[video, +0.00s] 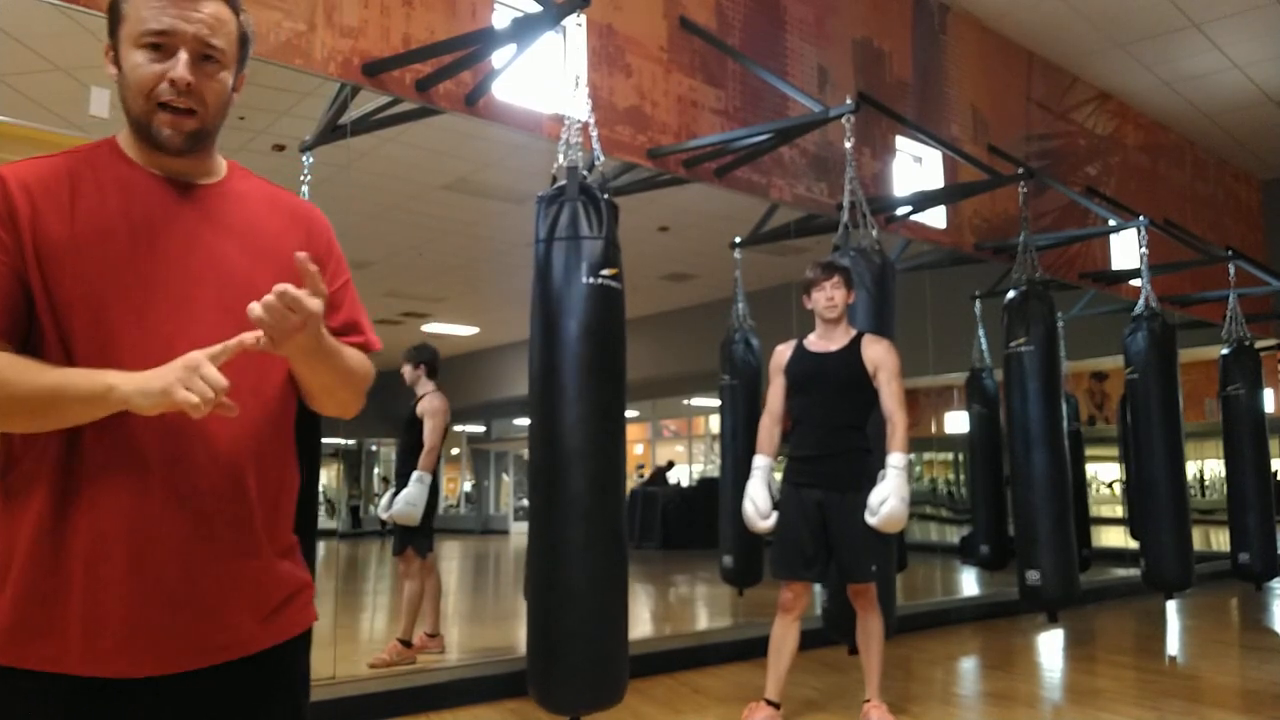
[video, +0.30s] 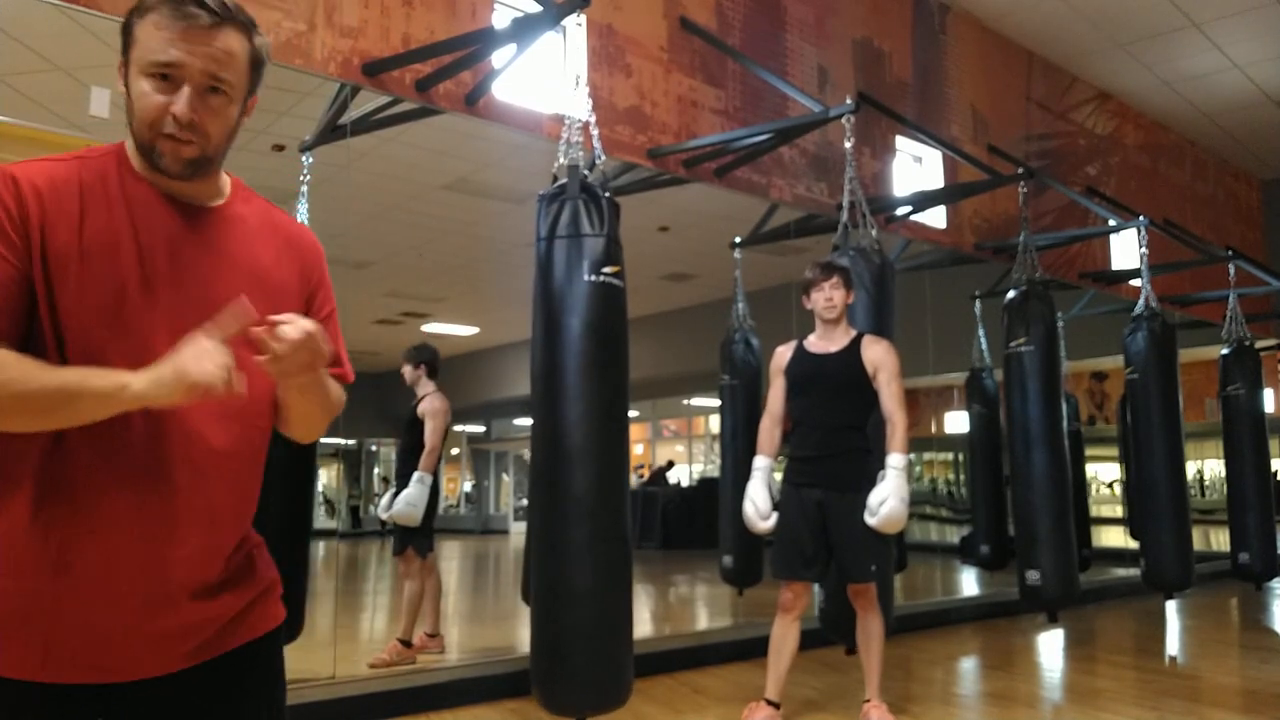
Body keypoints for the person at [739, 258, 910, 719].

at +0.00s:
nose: (829, 295)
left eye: (837, 288)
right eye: (821, 289)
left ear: (850, 296)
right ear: (808, 299)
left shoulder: (876, 350)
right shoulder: (786, 354)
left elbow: (895, 417)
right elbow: (772, 419)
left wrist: (896, 474)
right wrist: (759, 476)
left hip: (858, 491)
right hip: (800, 491)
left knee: (865, 596)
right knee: (789, 598)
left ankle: (873, 700)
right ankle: (771, 702)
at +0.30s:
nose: (829, 295)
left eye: (836, 288)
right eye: (821, 289)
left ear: (850, 296)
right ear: (808, 299)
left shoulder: (876, 351)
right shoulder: (787, 355)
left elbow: (895, 418)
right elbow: (772, 420)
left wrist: (896, 474)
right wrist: (760, 477)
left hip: (858, 491)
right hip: (800, 491)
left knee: (864, 596)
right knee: (789, 598)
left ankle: (873, 700)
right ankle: (771, 702)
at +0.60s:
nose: (826, 296)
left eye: (834, 288)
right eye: (818, 290)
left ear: (849, 296)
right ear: (807, 299)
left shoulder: (876, 351)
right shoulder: (788, 356)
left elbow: (895, 418)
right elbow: (774, 422)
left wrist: (895, 475)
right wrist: (760, 478)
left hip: (858, 491)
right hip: (801, 491)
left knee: (865, 596)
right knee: (789, 598)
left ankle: (873, 700)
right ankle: (771, 702)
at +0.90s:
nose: (817, 295)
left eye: (826, 288)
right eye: (810, 290)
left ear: (845, 294)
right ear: (804, 300)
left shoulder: (874, 349)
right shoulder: (789, 356)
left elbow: (895, 417)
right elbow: (776, 422)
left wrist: (893, 475)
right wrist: (762, 479)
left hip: (857, 492)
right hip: (801, 492)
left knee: (865, 596)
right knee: (787, 597)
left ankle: (873, 700)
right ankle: (771, 702)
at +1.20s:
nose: (800, 294)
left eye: (809, 287)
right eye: (795, 289)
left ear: (831, 295)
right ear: (790, 301)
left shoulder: (861, 347)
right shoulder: (783, 356)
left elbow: (886, 417)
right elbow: (773, 423)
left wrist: (881, 477)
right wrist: (758, 482)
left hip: (849, 491)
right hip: (795, 492)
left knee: (862, 596)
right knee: (780, 596)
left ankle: (873, 700)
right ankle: (770, 702)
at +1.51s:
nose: (776, 293)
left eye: (785, 285)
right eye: (770, 288)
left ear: (807, 294)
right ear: (765, 300)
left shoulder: (836, 343)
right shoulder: (760, 356)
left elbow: (864, 413)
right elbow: (755, 424)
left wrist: (860, 472)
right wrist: (742, 484)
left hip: (831, 489)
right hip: (777, 491)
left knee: (849, 598)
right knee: (773, 597)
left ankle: (872, 699)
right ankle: (769, 704)